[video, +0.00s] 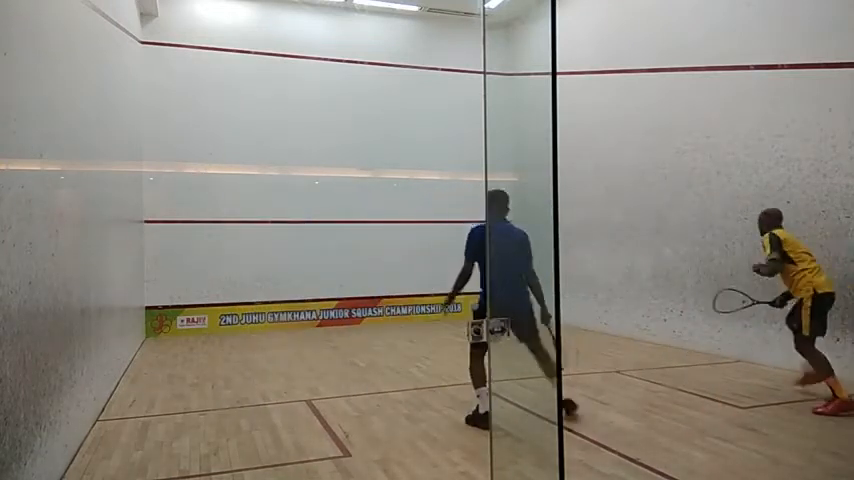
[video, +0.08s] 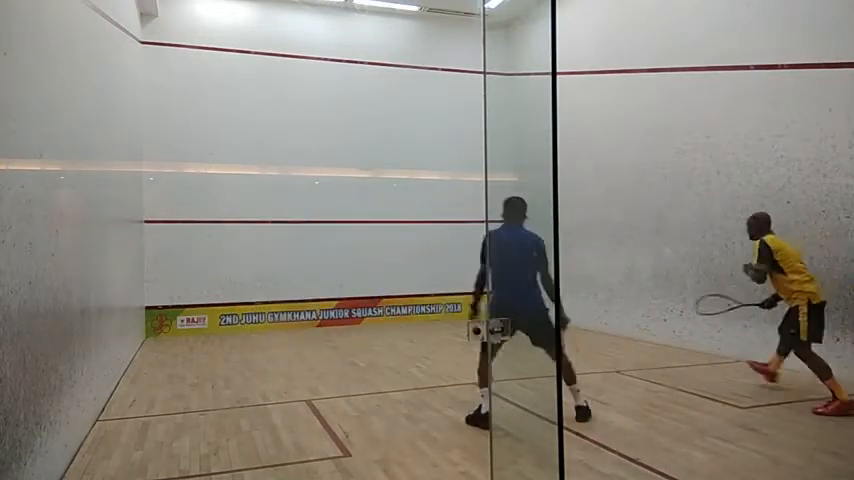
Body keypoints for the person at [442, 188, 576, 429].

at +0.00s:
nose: (504, 210)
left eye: (496, 206)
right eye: (504, 206)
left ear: (487, 207)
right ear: (506, 208)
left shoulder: (477, 233)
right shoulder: (520, 235)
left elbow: (468, 269)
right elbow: (530, 275)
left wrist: (452, 294)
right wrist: (543, 306)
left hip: (490, 305)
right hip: (519, 305)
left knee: (476, 355)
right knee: (537, 348)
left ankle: (483, 411)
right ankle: (563, 398)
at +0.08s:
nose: (519, 217)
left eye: (510, 212)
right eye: (521, 213)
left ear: (503, 214)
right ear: (524, 215)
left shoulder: (490, 239)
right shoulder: (534, 241)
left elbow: (482, 276)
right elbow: (546, 280)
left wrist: (474, 309)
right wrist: (560, 311)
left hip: (501, 309)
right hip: (532, 310)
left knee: (485, 357)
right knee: (560, 356)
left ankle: (484, 409)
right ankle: (580, 404)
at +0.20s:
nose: (542, 218)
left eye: (541, 214)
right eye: (541, 214)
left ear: (520, 213)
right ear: (538, 214)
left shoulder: (502, 237)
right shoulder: (546, 241)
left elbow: (494, 273)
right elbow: (560, 279)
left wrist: (493, 304)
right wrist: (579, 309)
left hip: (506, 307)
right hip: (538, 308)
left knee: (499, 354)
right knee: (563, 351)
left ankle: (491, 406)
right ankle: (581, 404)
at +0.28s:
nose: (552, 217)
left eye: (551, 213)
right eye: (552, 213)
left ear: (531, 210)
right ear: (549, 213)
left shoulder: (511, 231)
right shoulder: (552, 237)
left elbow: (492, 265)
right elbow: (565, 273)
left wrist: (497, 294)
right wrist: (596, 299)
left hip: (512, 305)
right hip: (542, 306)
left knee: (506, 348)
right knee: (562, 350)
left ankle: (496, 401)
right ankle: (580, 403)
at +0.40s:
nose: (557, 216)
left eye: (556, 211)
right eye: (557, 212)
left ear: (537, 209)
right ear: (556, 212)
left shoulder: (515, 229)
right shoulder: (554, 237)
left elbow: (491, 254)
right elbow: (565, 272)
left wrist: (480, 282)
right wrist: (604, 283)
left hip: (509, 303)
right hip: (539, 305)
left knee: (509, 349)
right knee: (560, 351)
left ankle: (507, 404)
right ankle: (580, 404)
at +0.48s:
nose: (559, 220)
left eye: (559, 216)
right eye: (559, 216)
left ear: (539, 212)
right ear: (555, 215)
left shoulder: (514, 230)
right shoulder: (552, 241)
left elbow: (486, 254)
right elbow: (567, 280)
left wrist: (467, 278)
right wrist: (603, 280)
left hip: (505, 304)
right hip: (534, 305)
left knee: (512, 351)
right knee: (558, 352)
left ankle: (510, 406)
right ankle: (580, 403)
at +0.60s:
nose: (555, 224)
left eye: (555, 219)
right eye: (555, 219)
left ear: (536, 214)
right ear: (554, 218)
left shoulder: (512, 230)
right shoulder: (552, 248)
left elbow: (484, 255)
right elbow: (563, 285)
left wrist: (463, 279)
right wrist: (593, 296)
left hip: (499, 304)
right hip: (529, 306)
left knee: (509, 352)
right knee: (554, 354)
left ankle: (510, 407)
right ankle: (579, 404)